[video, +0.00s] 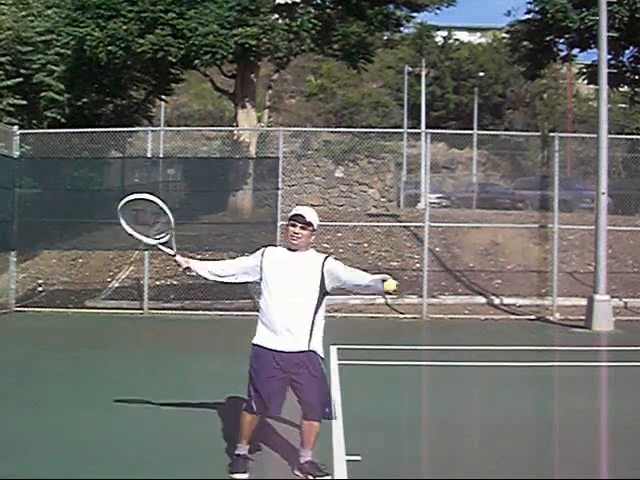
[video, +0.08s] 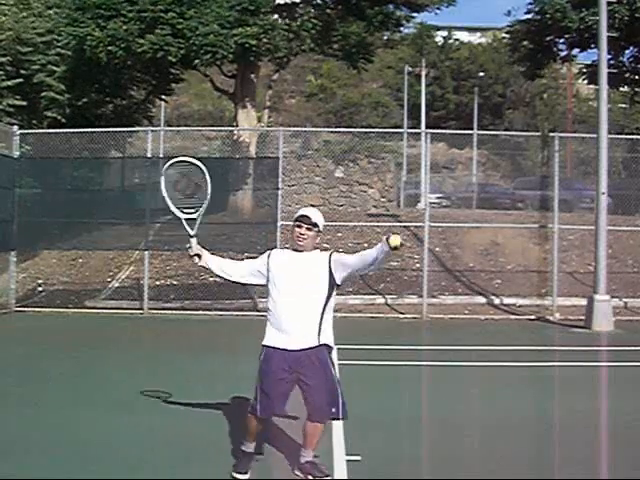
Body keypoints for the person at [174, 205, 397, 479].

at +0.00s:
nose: (295, 230)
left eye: (302, 227)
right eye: (292, 224)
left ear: (312, 234)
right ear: (285, 228)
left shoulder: (323, 263)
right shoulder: (268, 256)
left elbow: (353, 278)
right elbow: (230, 268)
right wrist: (194, 265)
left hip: (305, 351)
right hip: (267, 347)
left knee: (314, 406)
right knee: (256, 403)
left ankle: (306, 459)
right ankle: (241, 453)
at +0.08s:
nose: (302, 231)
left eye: (309, 228)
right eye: (299, 225)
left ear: (318, 235)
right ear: (291, 229)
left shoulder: (329, 261)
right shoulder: (273, 259)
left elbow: (360, 261)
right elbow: (240, 270)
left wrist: (385, 246)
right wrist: (205, 258)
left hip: (314, 349)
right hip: (276, 348)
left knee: (320, 407)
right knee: (263, 405)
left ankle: (307, 459)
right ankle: (248, 451)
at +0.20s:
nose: (309, 234)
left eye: (316, 231)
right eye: (305, 229)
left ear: (326, 238)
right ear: (298, 233)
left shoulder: (338, 262)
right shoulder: (281, 263)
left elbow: (366, 247)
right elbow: (246, 276)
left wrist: (383, 218)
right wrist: (223, 249)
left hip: (323, 349)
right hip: (287, 350)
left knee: (330, 406)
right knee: (283, 409)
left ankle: (308, 459)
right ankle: (269, 448)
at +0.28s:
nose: (313, 239)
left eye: (320, 236)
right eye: (309, 234)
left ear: (330, 243)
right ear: (301, 238)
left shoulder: (341, 267)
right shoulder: (283, 268)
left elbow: (370, 247)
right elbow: (251, 281)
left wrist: (378, 210)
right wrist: (236, 249)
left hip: (329, 352)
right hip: (294, 355)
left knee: (336, 411)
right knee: (297, 416)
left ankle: (310, 458)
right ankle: (284, 455)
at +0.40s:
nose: (318, 245)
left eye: (325, 242)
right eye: (313, 240)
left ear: (333, 249)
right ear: (304, 246)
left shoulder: (346, 272)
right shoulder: (287, 274)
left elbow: (374, 254)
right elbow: (250, 284)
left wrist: (375, 218)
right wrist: (250, 250)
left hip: (339, 357)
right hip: (304, 359)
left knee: (338, 425)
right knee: (311, 424)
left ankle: (307, 461)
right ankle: (288, 453)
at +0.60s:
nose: (328, 240)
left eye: (334, 237)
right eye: (323, 235)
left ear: (341, 246)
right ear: (312, 241)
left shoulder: (353, 270)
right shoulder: (295, 267)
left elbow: (384, 256)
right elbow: (258, 263)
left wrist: (384, 224)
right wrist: (263, 232)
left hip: (345, 353)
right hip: (311, 353)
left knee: (347, 419)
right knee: (317, 421)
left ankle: (311, 460)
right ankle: (289, 450)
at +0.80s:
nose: (341, 220)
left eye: (347, 217)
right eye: (335, 215)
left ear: (352, 226)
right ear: (323, 219)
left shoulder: (363, 254)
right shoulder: (309, 240)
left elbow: (395, 252)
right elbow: (285, 210)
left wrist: (400, 222)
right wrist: (289, 177)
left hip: (343, 332)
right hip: (312, 327)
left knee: (337, 399)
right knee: (310, 397)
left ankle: (315, 453)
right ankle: (289, 449)